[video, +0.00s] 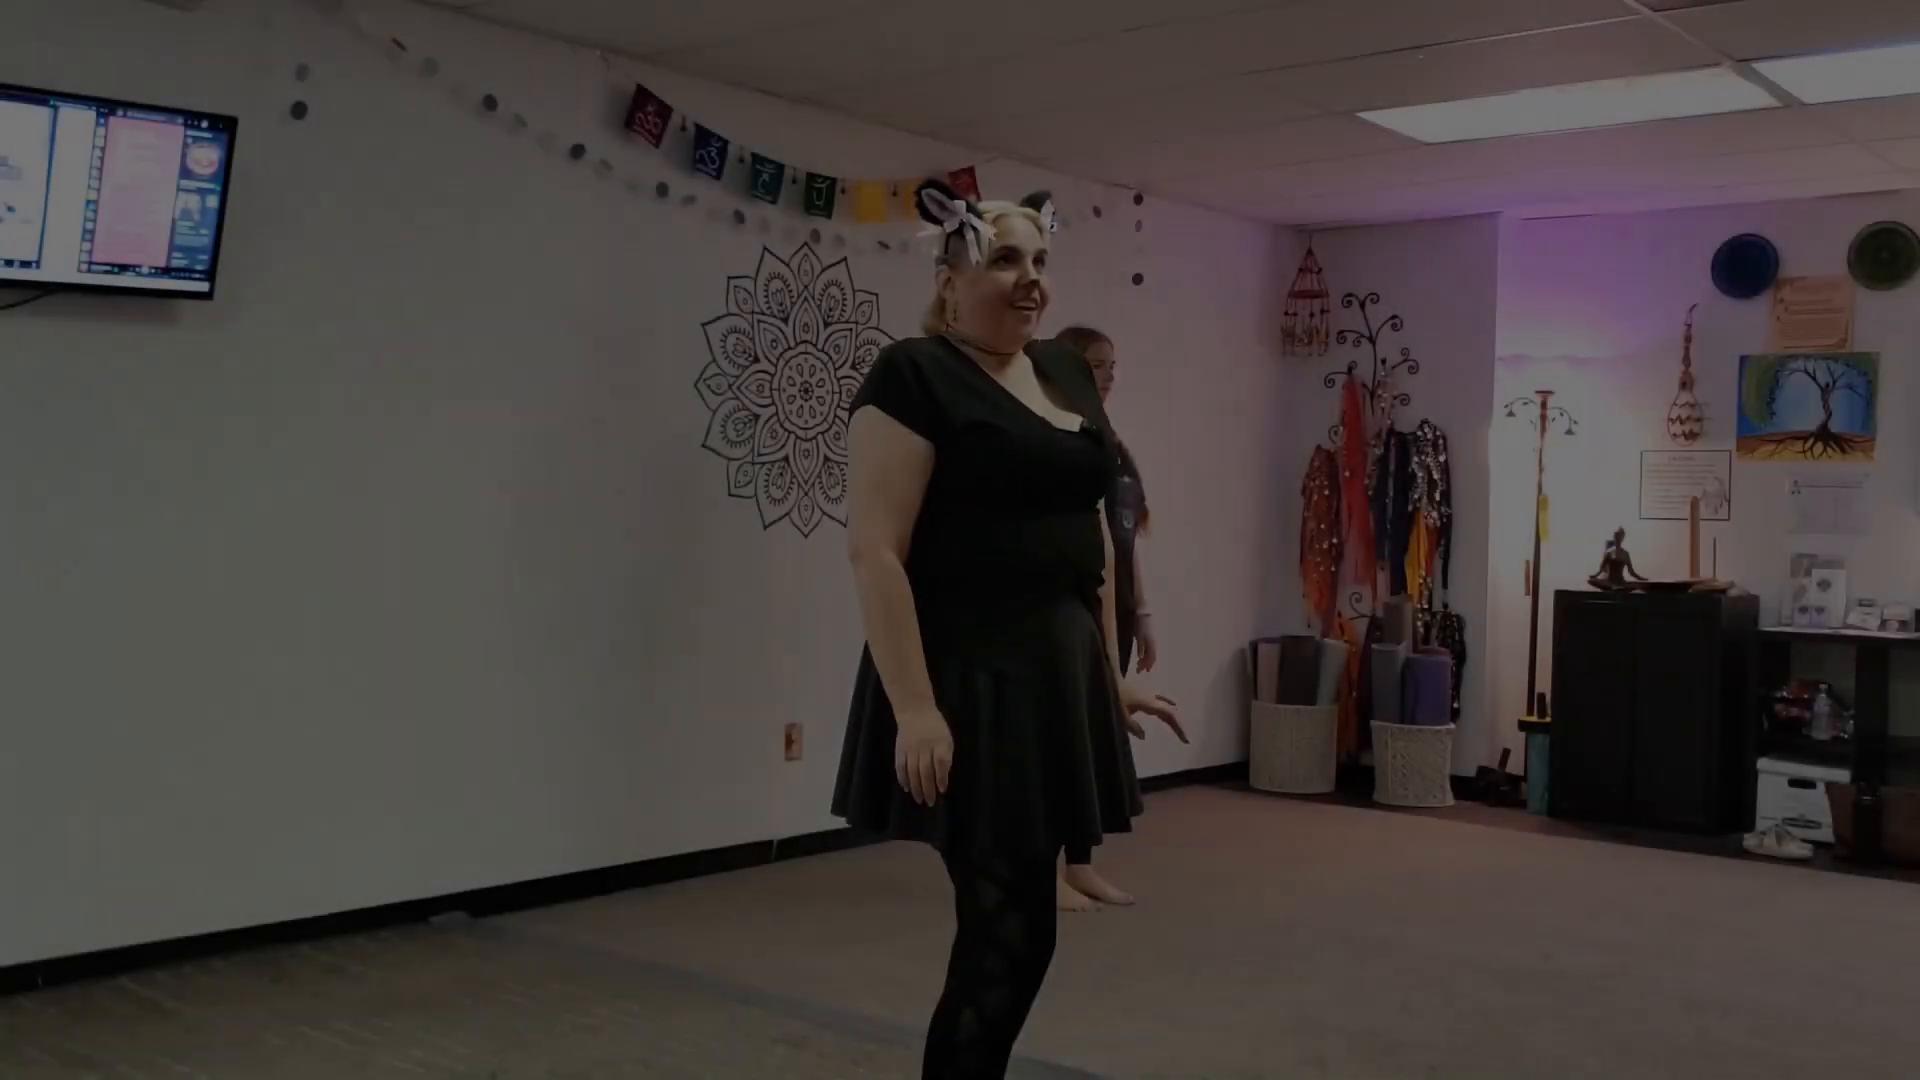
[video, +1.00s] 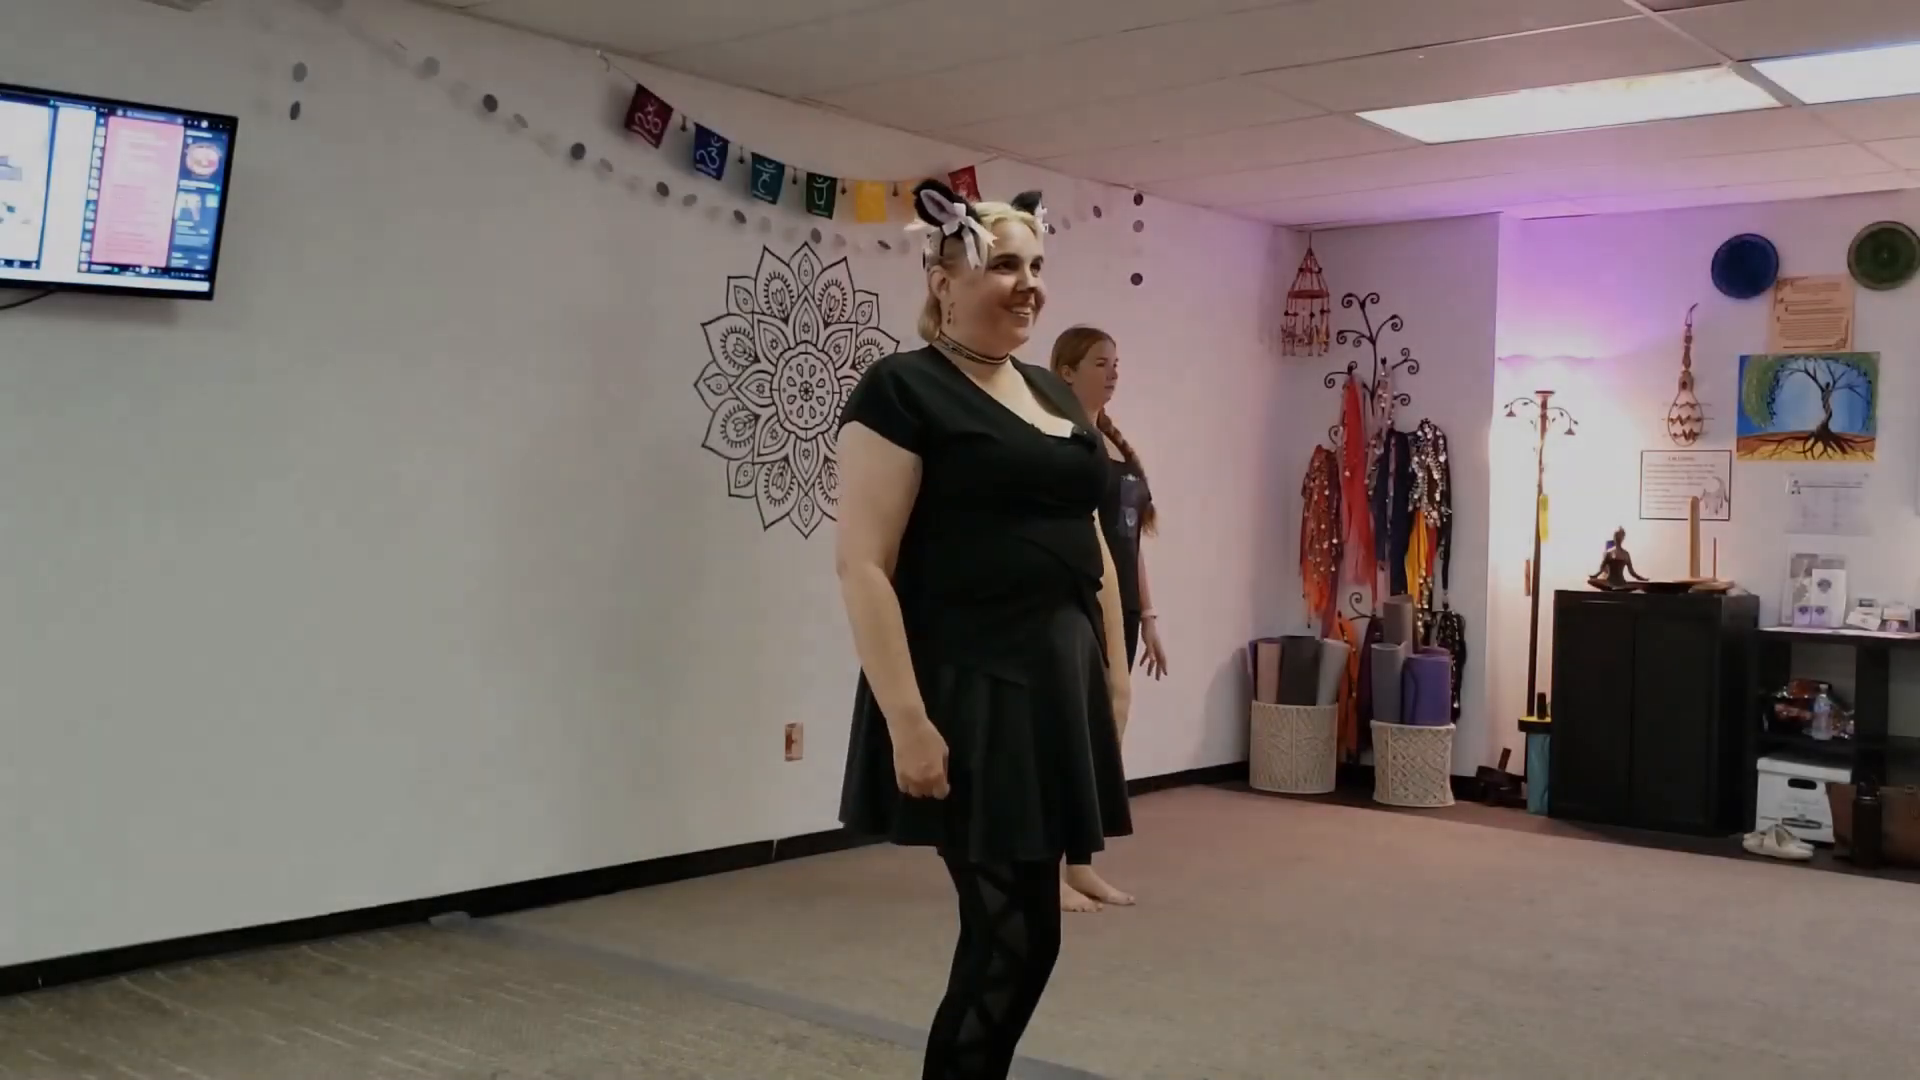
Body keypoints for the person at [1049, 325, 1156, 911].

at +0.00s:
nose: (1109, 377)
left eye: (1111, 367)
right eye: (1099, 368)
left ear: (1107, 373)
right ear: (1067, 371)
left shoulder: (1106, 443)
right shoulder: (1041, 439)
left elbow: (1124, 539)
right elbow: (1052, 534)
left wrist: (1140, 616)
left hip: (1103, 608)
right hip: (1048, 607)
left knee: (1089, 729)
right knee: (1046, 731)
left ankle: (1079, 860)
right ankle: (1045, 867)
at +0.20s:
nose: (1109, 378)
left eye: (1111, 368)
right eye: (1099, 369)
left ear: (1108, 373)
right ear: (1069, 371)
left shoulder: (1109, 443)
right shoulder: (1041, 439)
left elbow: (1128, 539)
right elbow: (1046, 534)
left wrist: (1142, 619)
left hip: (1103, 608)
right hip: (1048, 609)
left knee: (1089, 731)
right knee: (1047, 733)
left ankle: (1079, 861)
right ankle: (1047, 866)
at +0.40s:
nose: (1112, 375)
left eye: (1115, 366)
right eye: (1102, 366)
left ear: (1110, 373)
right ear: (1068, 370)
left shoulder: (1109, 443)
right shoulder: (1044, 437)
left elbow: (1124, 539)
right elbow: (1056, 533)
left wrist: (1140, 620)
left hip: (1103, 606)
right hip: (1050, 605)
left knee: (1088, 728)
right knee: (1047, 729)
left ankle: (1078, 862)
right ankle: (1044, 869)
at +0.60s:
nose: (1113, 375)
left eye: (1115, 365)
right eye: (1103, 365)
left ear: (1108, 373)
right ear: (1068, 371)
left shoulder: (1110, 441)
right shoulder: (1049, 437)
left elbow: (1125, 541)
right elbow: (1061, 534)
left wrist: (1142, 620)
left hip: (1108, 605)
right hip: (1054, 603)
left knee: (1088, 725)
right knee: (1049, 725)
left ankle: (1078, 860)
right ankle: (1046, 868)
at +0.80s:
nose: (1113, 373)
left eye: (1115, 363)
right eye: (1101, 363)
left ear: (1109, 373)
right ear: (1068, 370)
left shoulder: (1113, 445)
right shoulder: (1050, 440)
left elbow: (1129, 542)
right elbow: (1050, 536)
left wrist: (1145, 621)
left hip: (1115, 607)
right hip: (1061, 605)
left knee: (1089, 727)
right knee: (1058, 728)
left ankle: (1077, 860)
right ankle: (1050, 868)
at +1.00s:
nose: (1113, 372)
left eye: (1115, 363)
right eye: (1101, 363)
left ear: (1109, 373)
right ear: (1068, 370)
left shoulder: (1113, 444)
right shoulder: (1049, 439)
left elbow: (1130, 540)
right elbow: (1048, 532)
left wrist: (1147, 619)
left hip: (1112, 602)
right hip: (1057, 602)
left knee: (1102, 721)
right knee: (1055, 725)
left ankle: (1079, 859)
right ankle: (1048, 868)